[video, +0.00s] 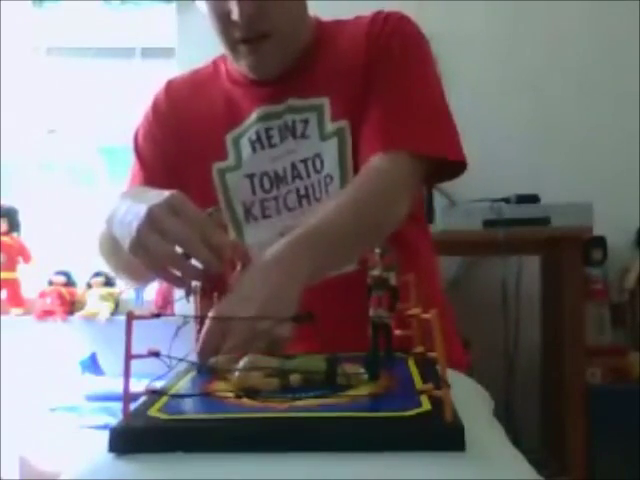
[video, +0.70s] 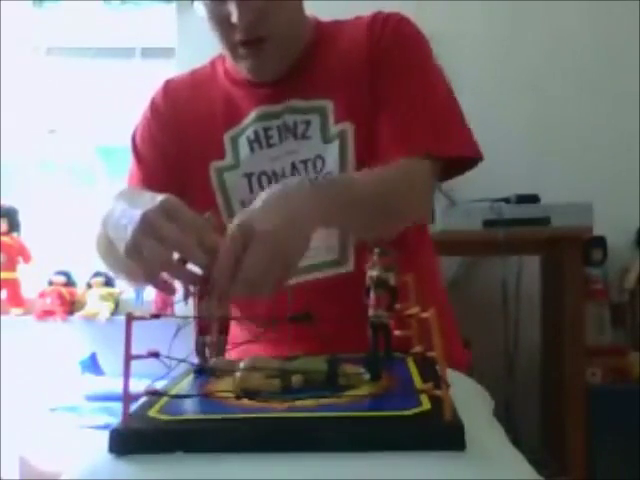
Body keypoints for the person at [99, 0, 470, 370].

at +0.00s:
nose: (239, 15)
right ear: (202, 7)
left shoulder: (383, 43)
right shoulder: (177, 106)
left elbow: (395, 181)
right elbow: (131, 268)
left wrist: (284, 267)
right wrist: (126, 215)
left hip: (399, 382)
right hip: (246, 398)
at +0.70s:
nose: (237, 17)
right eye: (217, 1)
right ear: (200, 7)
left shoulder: (382, 45)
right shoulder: (176, 106)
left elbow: (411, 193)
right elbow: (134, 261)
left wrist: (303, 206)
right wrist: (122, 217)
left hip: (403, 366)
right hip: (257, 377)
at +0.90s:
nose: (234, 16)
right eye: (213, 2)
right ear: (197, 8)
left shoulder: (381, 47)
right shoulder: (172, 109)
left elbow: (460, 201)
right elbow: (128, 268)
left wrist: (370, 152)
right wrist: (125, 225)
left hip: (403, 365)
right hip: (255, 378)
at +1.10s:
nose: (237, 14)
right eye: (214, 1)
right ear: (190, 9)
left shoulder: (383, 49)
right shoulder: (169, 110)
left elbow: (497, 184)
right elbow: (136, 282)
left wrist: (443, 145)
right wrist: (108, 243)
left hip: (410, 368)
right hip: (256, 384)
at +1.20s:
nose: (240, 14)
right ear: (192, 7)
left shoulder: (386, 49)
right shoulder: (170, 113)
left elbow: (491, 153)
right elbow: (144, 289)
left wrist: (462, 182)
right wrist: (103, 251)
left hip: (411, 367)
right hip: (254, 384)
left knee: (503, 473)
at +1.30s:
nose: (249, 12)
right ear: (201, 8)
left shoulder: (393, 50)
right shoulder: (179, 114)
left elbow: (484, 159)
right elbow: (149, 282)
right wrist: (90, 260)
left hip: (417, 370)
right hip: (268, 391)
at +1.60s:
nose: (276, 14)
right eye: (258, 2)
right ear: (239, 6)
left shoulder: (425, 52)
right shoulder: (207, 105)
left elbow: (502, 182)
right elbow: (169, 252)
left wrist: (555, 298)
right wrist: (67, 336)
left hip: (440, 384)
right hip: (289, 398)